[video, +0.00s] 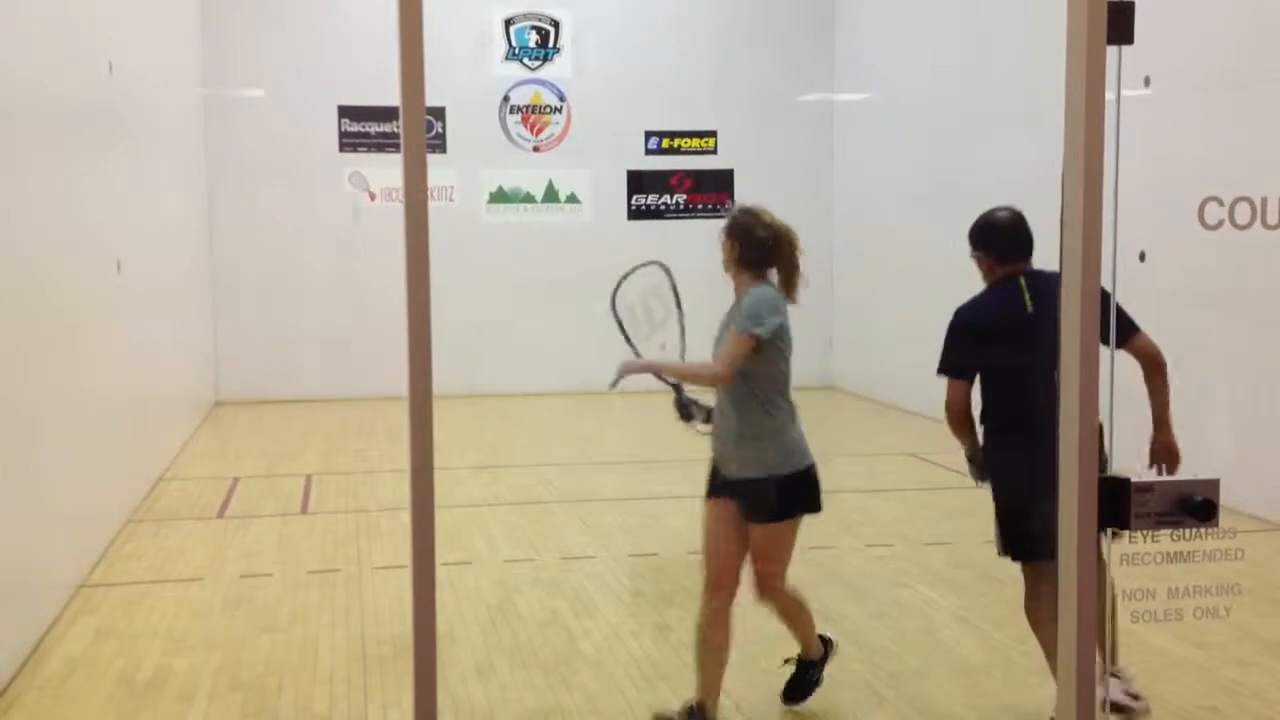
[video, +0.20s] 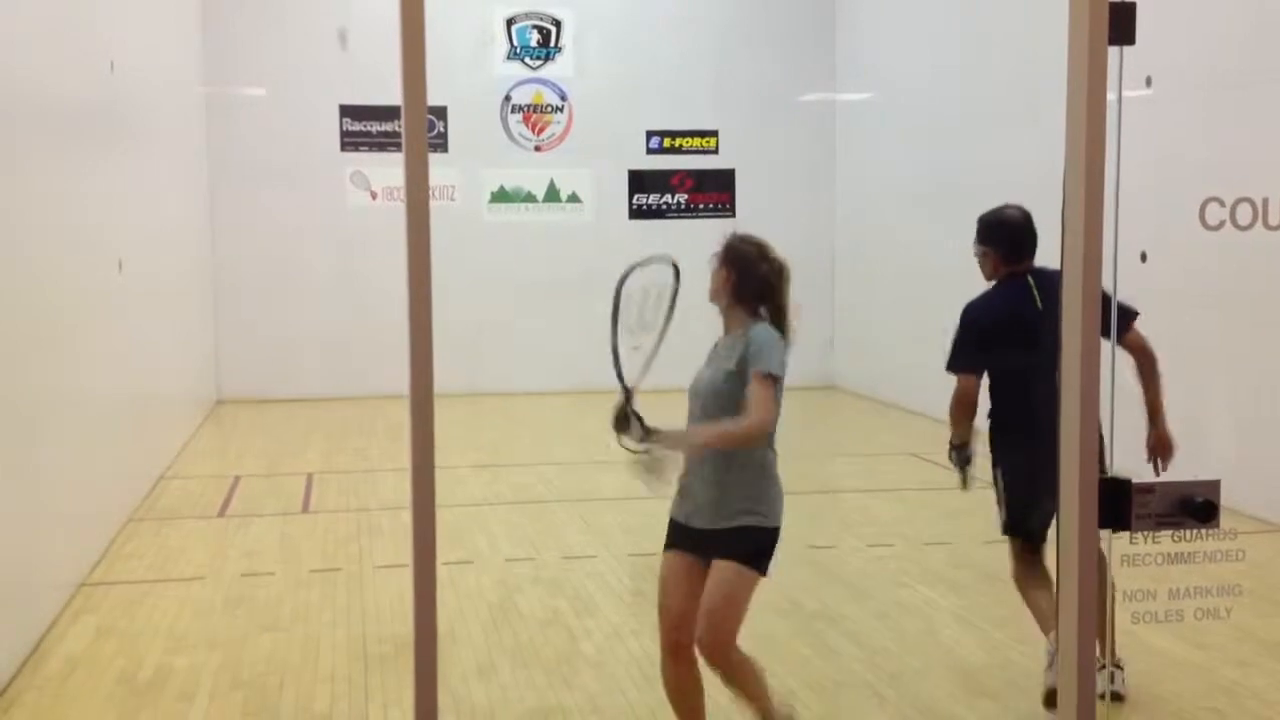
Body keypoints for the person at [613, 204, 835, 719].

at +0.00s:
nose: (721, 249)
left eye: (725, 241)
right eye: (723, 240)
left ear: (735, 248)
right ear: (757, 249)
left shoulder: (762, 302)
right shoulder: (742, 307)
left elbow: (721, 371)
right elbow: (756, 395)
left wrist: (651, 365)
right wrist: (710, 411)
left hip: (776, 471)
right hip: (731, 468)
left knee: (770, 586)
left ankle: (814, 651)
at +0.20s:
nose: (711, 277)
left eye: (718, 269)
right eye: (715, 268)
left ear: (734, 280)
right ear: (742, 282)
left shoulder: (763, 340)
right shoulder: (723, 344)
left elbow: (761, 424)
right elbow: (714, 429)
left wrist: (679, 437)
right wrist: (658, 443)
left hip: (747, 512)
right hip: (695, 507)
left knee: (714, 643)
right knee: (675, 643)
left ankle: (772, 711)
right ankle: (691, 717)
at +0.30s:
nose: (710, 266)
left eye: (716, 259)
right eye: (714, 258)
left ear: (729, 270)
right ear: (742, 273)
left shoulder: (765, 339)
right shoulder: (710, 343)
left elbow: (805, 426)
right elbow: (691, 428)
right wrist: (628, 411)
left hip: (744, 516)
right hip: (689, 515)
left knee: (726, 649)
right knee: (673, 655)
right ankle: (695, 719)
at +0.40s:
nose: (713, 266)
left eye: (719, 259)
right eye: (718, 258)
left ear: (732, 274)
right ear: (739, 277)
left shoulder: (772, 346)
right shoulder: (700, 347)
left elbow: (836, 420)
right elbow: (655, 424)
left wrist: (837, 491)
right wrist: (612, 391)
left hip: (747, 535)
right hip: (691, 532)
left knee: (750, 686)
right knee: (673, 669)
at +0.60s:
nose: (719, 285)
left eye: (727, 278)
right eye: (724, 276)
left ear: (741, 297)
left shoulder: (790, 371)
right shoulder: (699, 380)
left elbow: (839, 458)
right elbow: (639, 453)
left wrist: (812, 528)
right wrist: (614, 403)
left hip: (765, 572)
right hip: (696, 568)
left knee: (755, 715)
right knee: (631, 699)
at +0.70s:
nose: (715, 272)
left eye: (725, 265)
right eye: (721, 264)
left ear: (743, 284)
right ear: (745, 286)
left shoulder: (787, 363)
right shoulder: (691, 360)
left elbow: (799, 456)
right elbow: (628, 435)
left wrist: (737, 508)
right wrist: (611, 382)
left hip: (755, 564)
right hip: (685, 556)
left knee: (756, 712)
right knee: (600, 686)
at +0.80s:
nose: (701, 266)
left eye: (710, 260)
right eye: (707, 257)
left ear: (727, 279)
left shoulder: (776, 356)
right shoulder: (673, 348)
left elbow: (759, 441)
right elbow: (599, 403)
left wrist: (667, 470)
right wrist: (604, 341)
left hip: (740, 563)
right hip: (666, 555)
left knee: (757, 711)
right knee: (592, 701)